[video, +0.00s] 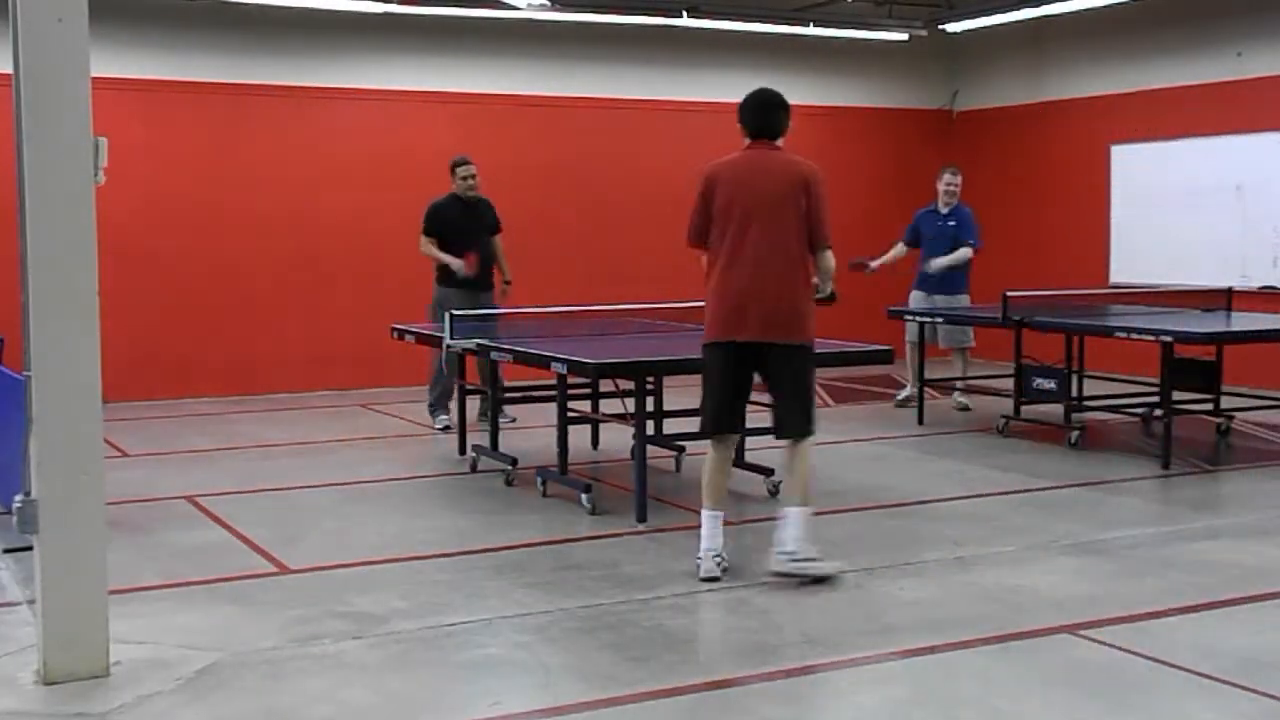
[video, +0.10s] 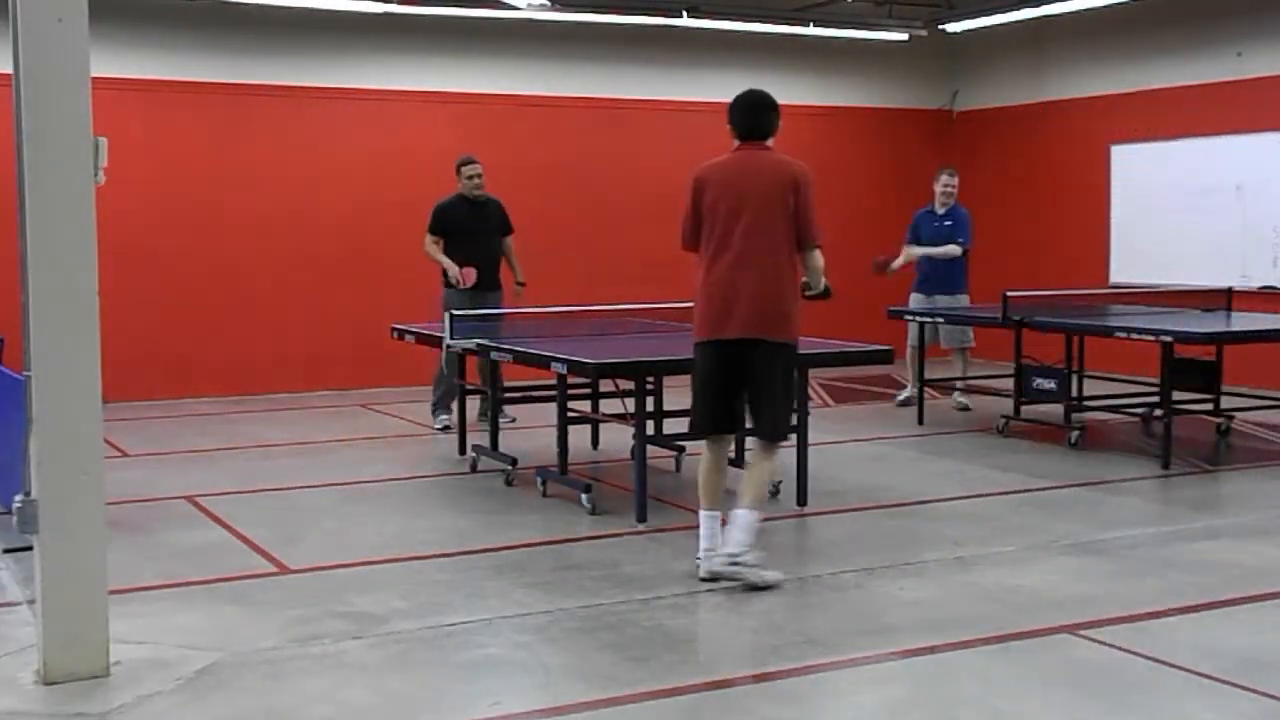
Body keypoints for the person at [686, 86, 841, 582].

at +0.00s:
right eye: (785, 121)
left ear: (742, 126)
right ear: (786, 126)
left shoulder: (718, 174)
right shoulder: (804, 175)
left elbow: (700, 242)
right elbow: (823, 256)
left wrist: (732, 267)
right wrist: (826, 285)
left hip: (726, 325)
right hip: (787, 325)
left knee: (721, 440)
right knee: (797, 438)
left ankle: (710, 552)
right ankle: (790, 547)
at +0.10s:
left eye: (736, 121)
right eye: (773, 122)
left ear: (731, 127)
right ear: (775, 127)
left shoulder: (707, 175)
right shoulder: (793, 174)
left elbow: (691, 240)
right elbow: (809, 248)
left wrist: (733, 252)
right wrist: (817, 280)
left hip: (714, 325)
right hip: (772, 326)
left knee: (715, 440)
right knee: (766, 446)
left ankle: (708, 553)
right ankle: (737, 549)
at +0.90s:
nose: (758, 141)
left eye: (757, 133)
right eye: (758, 133)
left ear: (709, 132)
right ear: (749, 134)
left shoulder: (682, 176)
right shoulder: (744, 177)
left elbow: (698, 241)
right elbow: (760, 256)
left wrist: (762, 227)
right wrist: (832, 292)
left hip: (673, 325)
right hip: (718, 330)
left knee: (695, 438)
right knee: (736, 454)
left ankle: (680, 548)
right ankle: (697, 568)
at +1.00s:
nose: (752, 142)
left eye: (751, 133)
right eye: (752, 134)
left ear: (704, 133)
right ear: (742, 135)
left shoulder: (676, 177)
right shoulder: (741, 178)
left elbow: (688, 246)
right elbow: (764, 259)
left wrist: (759, 244)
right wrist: (833, 279)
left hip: (671, 329)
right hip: (718, 333)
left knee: (692, 441)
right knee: (736, 455)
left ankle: (676, 550)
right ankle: (697, 568)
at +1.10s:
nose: (745, 145)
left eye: (744, 137)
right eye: (745, 137)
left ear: (696, 136)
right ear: (736, 137)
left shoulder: (664, 182)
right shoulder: (740, 182)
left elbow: (658, 252)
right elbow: (770, 264)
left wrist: (718, 269)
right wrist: (824, 277)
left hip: (669, 335)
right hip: (719, 337)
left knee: (689, 443)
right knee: (736, 455)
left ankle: (677, 551)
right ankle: (698, 568)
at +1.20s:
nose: (741, 147)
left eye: (739, 139)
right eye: (740, 139)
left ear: (692, 139)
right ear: (730, 140)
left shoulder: (658, 185)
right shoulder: (741, 183)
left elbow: (647, 258)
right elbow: (766, 260)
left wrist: (682, 288)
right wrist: (791, 284)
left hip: (669, 341)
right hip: (723, 340)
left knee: (686, 444)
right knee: (735, 457)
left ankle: (676, 554)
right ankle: (698, 566)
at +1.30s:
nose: (737, 146)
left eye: (735, 138)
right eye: (736, 139)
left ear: (685, 140)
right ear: (727, 140)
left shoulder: (655, 188)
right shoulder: (741, 186)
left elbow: (640, 274)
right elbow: (758, 273)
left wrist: (688, 273)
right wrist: (725, 279)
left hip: (674, 343)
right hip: (730, 343)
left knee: (686, 446)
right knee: (736, 458)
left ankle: (676, 553)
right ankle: (697, 567)